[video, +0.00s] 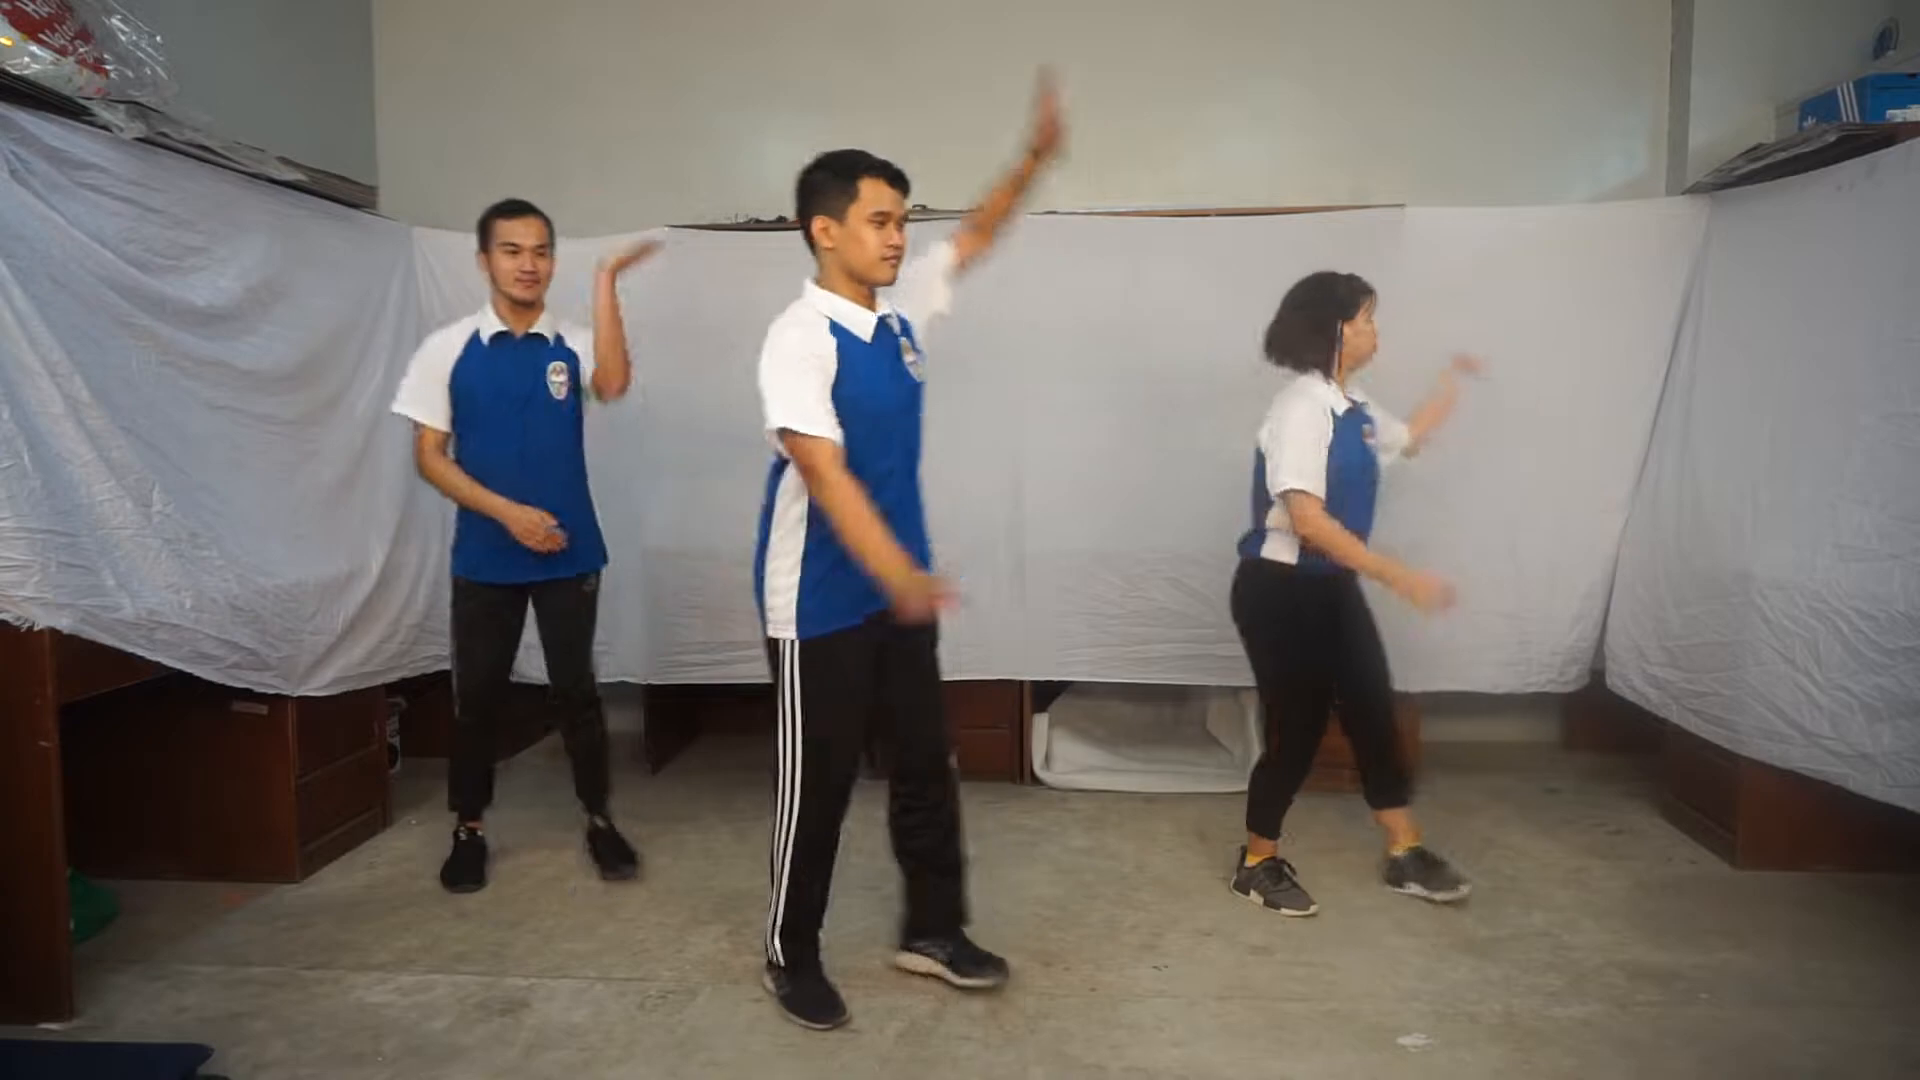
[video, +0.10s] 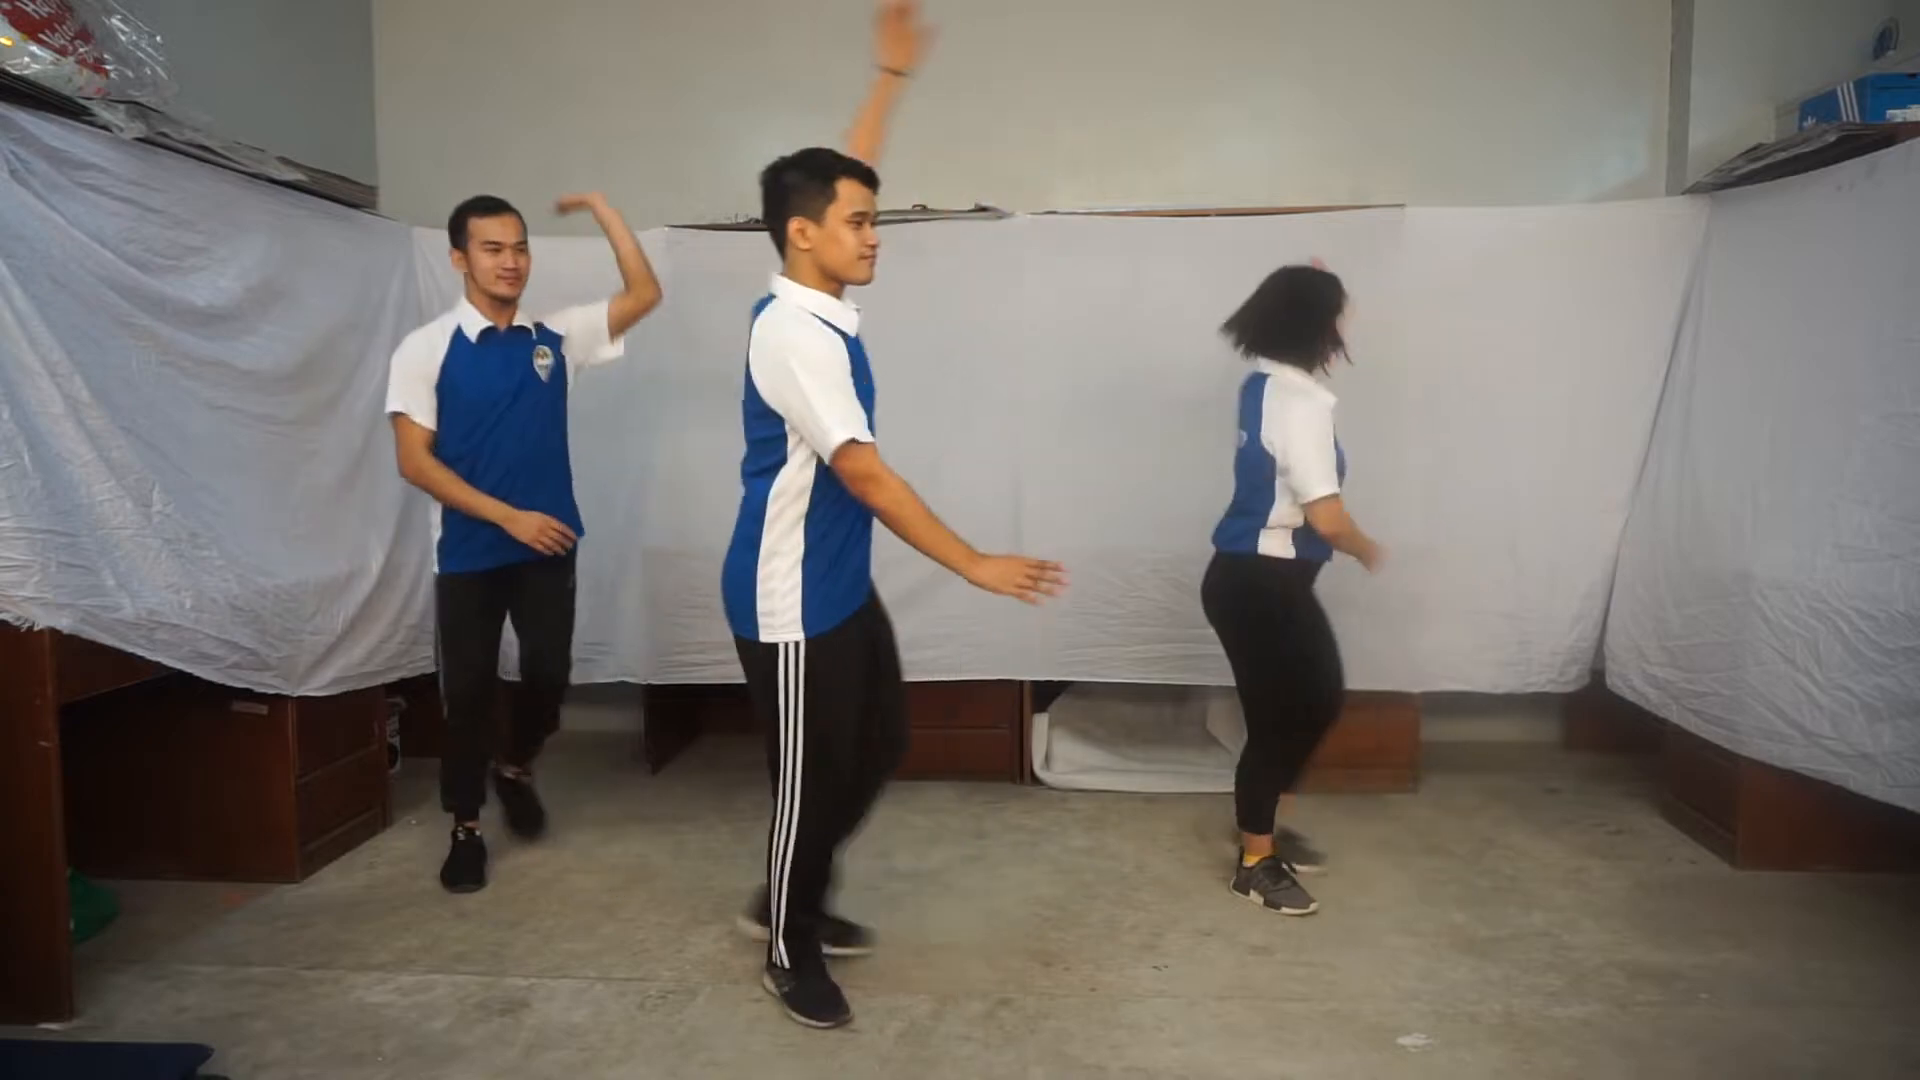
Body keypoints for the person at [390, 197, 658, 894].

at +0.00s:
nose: (529, 263)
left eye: (540, 251)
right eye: (512, 251)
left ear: (551, 262)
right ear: (485, 261)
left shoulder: (571, 343)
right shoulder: (447, 350)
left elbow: (612, 384)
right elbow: (429, 458)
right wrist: (510, 512)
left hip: (569, 555)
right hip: (486, 558)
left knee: (577, 691)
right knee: (476, 702)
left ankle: (600, 822)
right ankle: (468, 832)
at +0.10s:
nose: (510, 260)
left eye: (519, 248)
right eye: (493, 248)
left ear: (531, 258)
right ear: (459, 258)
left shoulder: (556, 337)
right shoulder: (425, 350)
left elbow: (644, 293)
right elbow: (414, 462)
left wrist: (601, 206)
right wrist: (510, 516)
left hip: (546, 549)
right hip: (468, 556)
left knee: (548, 681)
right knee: (468, 696)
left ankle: (515, 769)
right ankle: (464, 828)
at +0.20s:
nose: (505, 261)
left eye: (512, 247)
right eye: (487, 249)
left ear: (521, 256)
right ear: (454, 261)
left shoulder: (538, 329)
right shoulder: (425, 350)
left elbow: (592, 254)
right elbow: (411, 465)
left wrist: (582, 154)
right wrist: (509, 516)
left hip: (535, 552)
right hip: (467, 558)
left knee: (517, 696)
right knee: (471, 701)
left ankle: (465, 767)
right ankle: (468, 826)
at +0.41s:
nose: (504, 267)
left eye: (509, 255)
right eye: (489, 257)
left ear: (511, 262)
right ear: (453, 268)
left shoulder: (496, 322)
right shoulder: (448, 352)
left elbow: (503, 232)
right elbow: (459, 469)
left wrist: (505, 150)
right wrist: (541, 497)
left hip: (508, 536)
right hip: (460, 545)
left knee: (477, 672)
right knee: (470, 687)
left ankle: (450, 776)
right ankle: (469, 825)